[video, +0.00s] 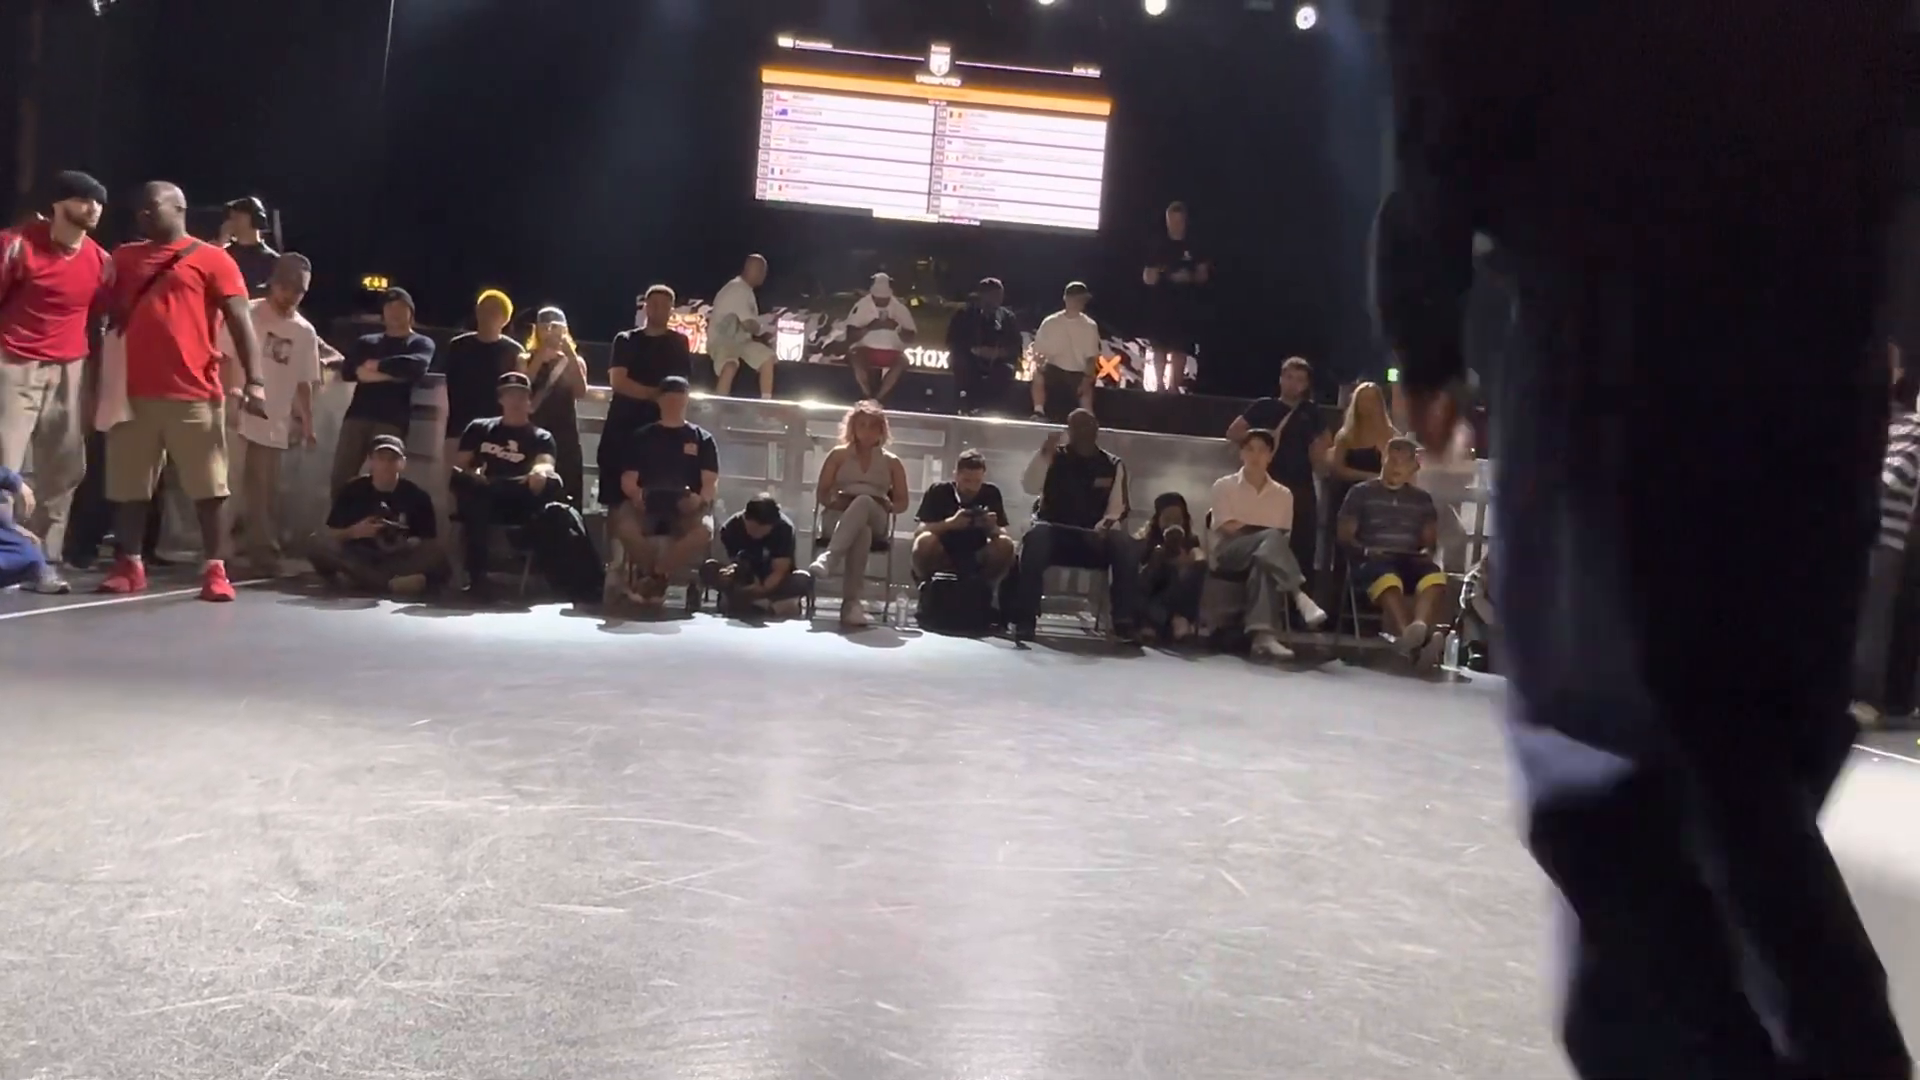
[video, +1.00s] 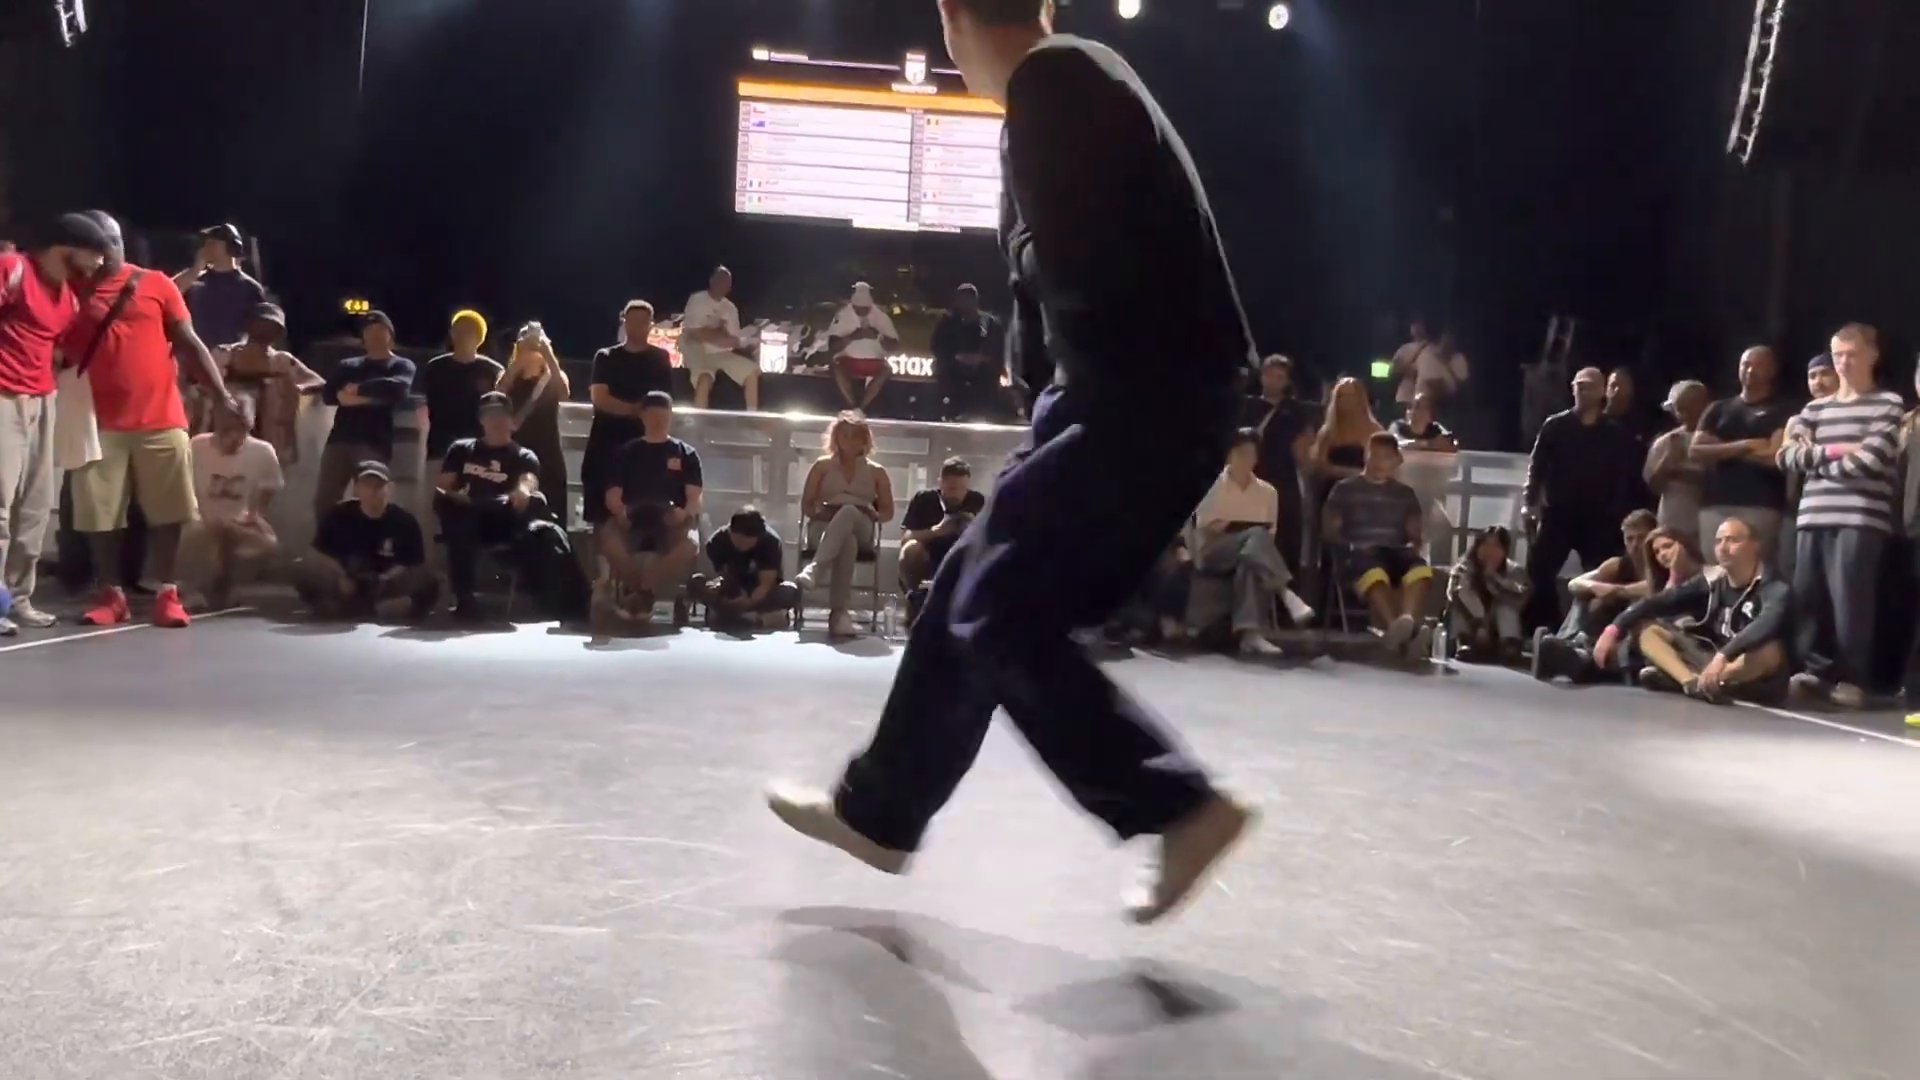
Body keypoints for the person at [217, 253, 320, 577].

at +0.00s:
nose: (292, 297)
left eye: (299, 291)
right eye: (286, 288)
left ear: (305, 291)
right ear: (271, 282)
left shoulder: (304, 331)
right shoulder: (243, 315)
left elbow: (303, 383)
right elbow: (225, 358)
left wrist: (307, 424)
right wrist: (227, 397)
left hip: (273, 423)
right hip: (235, 413)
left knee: (265, 491)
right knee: (229, 484)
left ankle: (264, 550)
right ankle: (219, 547)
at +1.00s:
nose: (232, 438)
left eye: (238, 430)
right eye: (225, 430)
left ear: (248, 428)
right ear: (216, 426)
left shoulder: (263, 452)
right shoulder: (196, 446)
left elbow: (269, 488)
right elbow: (185, 482)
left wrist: (254, 514)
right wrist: (199, 515)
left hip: (241, 520)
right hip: (204, 518)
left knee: (267, 544)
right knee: (189, 538)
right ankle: (187, 591)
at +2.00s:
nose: (222, 451)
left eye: (227, 446)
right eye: (214, 446)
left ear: (235, 453)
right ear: (202, 456)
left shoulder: (263, 487)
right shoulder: (191, 491)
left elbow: (281, 535)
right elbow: (186, 532)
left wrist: (266, 565)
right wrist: (194, 548)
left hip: (252, 569)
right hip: (212, 564)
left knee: (266, 619)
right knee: (191, 557)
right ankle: (206, 613)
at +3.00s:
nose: (259, 454)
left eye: (265, 449)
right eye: (252, 449)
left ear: (270, 454)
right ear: (238, 454)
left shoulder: (292, 488)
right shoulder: (224, 487)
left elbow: (306, 535)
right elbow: (212, 527)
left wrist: (281, 565)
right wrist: (222, 550)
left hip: (272, 568)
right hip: (234, 563)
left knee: (280, 616)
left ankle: (253, 605)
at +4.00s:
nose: (270, 440)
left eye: (275, 434)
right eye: (263, 434)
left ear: (280, 439)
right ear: (249, 439)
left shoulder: (302, 475)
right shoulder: (231, 473)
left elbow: (314, 521)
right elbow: (219, 507)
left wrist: (296, 550)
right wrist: (227, 529)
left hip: (282, 555)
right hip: (242, 550)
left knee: (296, 600)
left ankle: (258, 595)